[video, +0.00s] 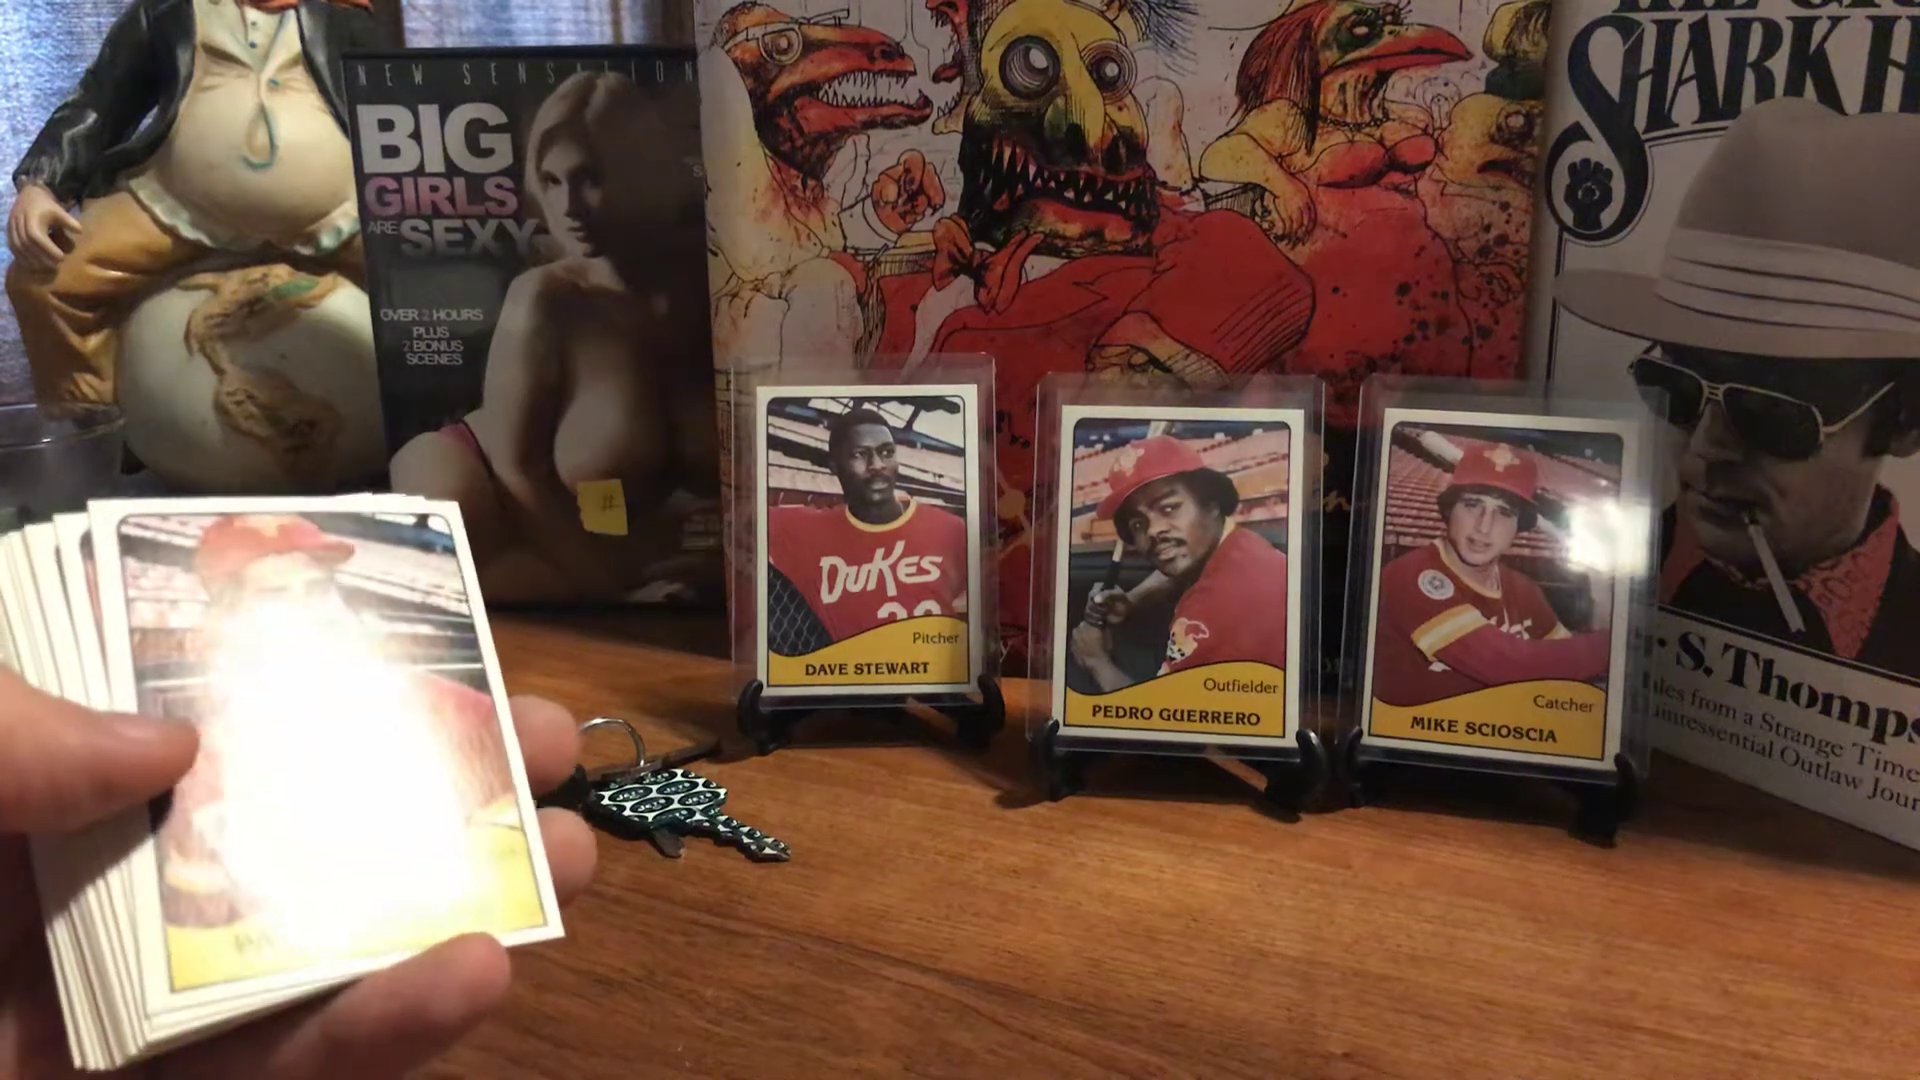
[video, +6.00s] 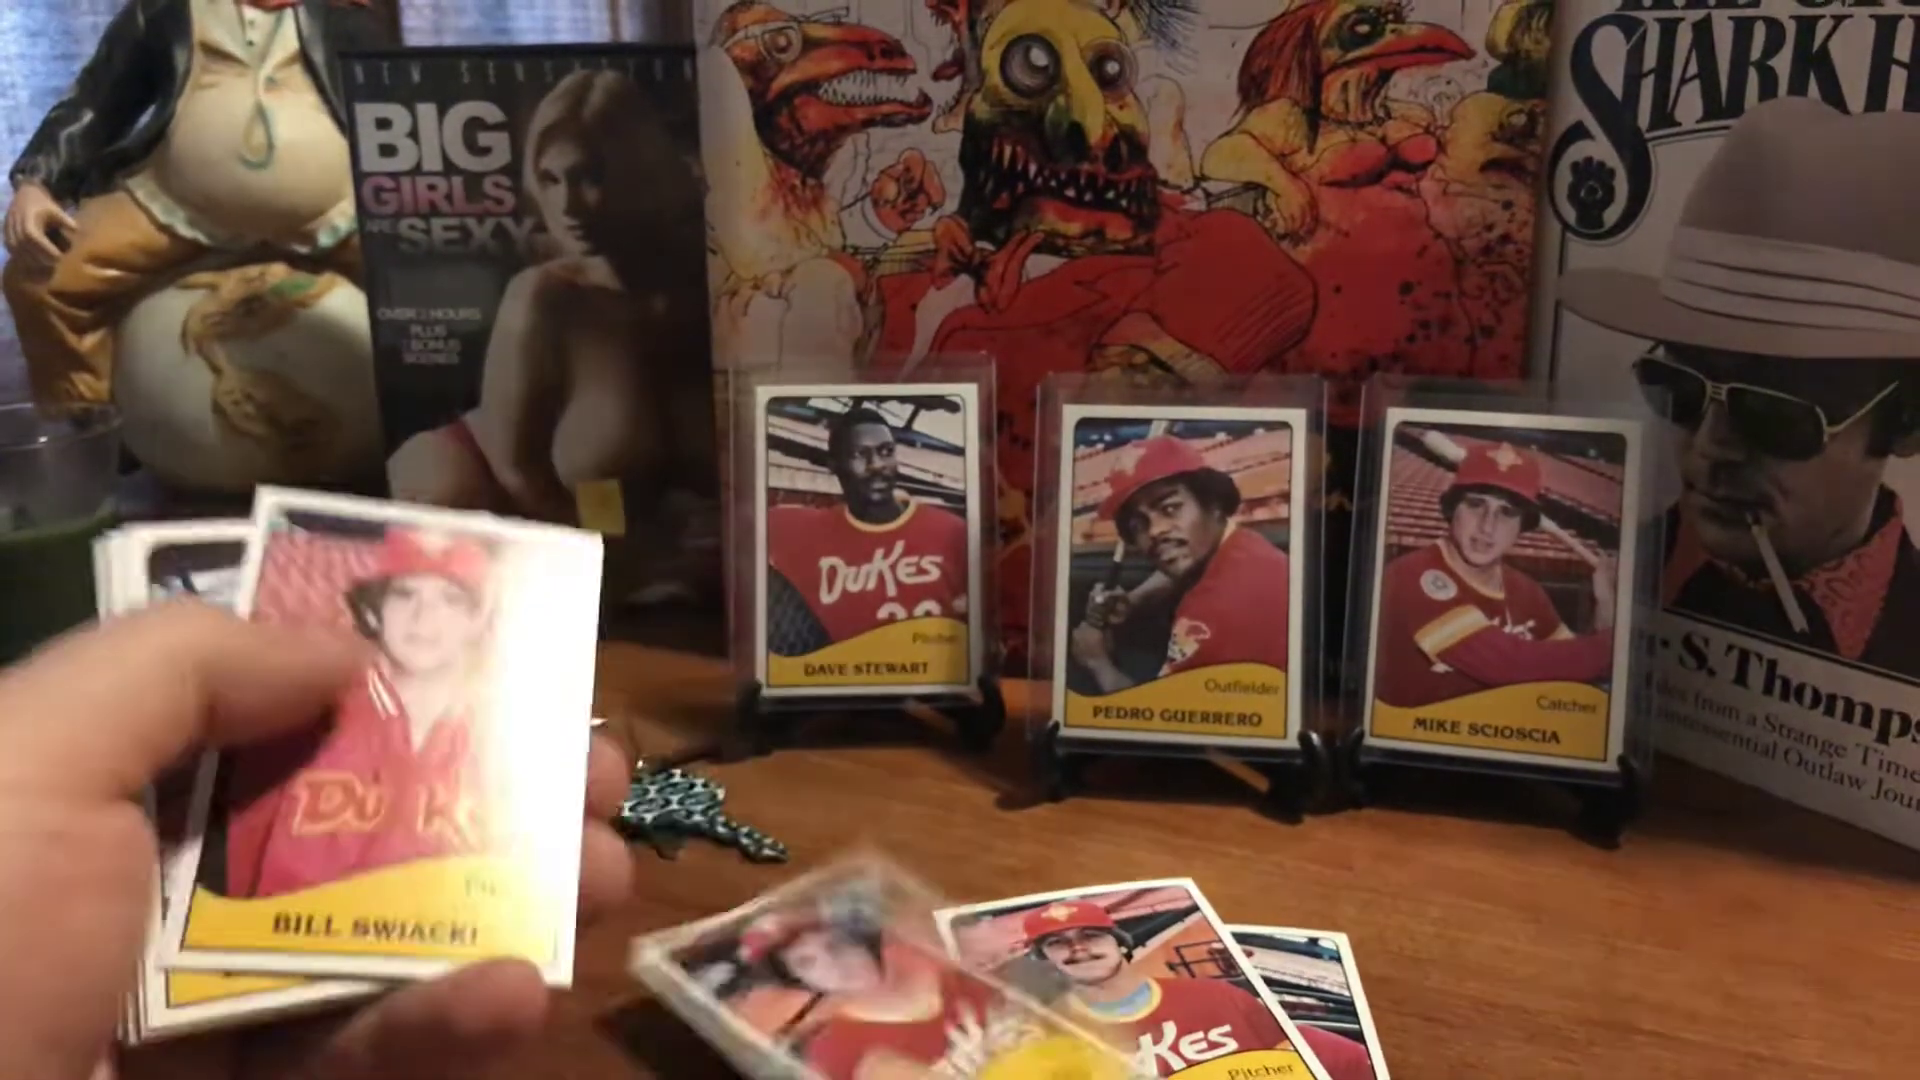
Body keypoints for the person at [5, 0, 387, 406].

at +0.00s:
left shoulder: (349, 20)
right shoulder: (165, 12)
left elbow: (402, 112)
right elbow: (97, 104)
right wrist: (36, 183)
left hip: (339, 211)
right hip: (178, 207)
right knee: (44, 282)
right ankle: (101, 446)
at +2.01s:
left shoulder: (348, 18)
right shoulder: (163, 13)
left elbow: (400, 101)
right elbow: (99, 100)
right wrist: (36, 182)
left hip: (338, 211)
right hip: (179, 204)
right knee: (42, 284)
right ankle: (103, 446)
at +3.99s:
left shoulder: (351, 15)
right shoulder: (163, 11)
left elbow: (399, 98)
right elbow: (97, 99)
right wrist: (33, 180)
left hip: (336, 210)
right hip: (176, 204)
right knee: (41, 280)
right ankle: (94, 444)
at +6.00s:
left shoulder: (348, 19)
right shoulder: (164, 11)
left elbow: (400, 107)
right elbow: (94, 103)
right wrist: (32, 181)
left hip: (338, 212)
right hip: (176, 207)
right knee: (41, 280)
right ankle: (98, 443)